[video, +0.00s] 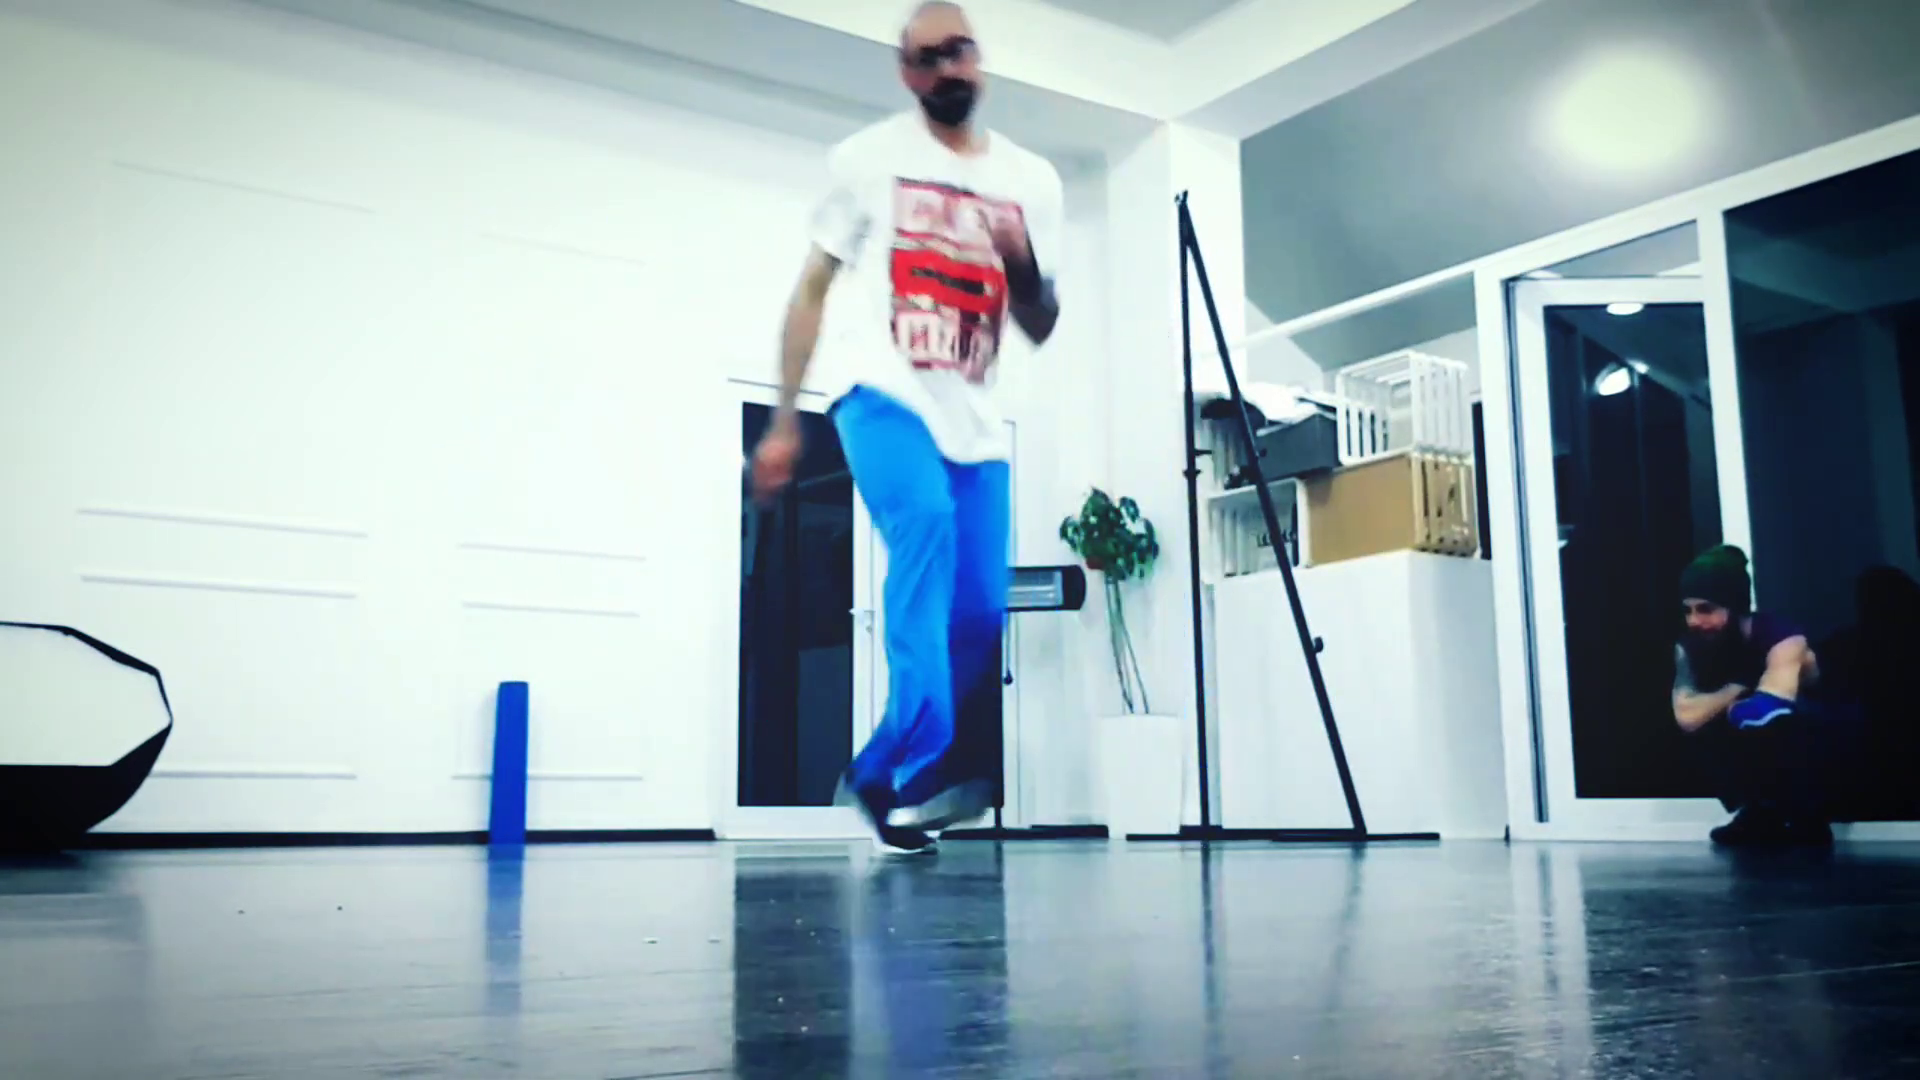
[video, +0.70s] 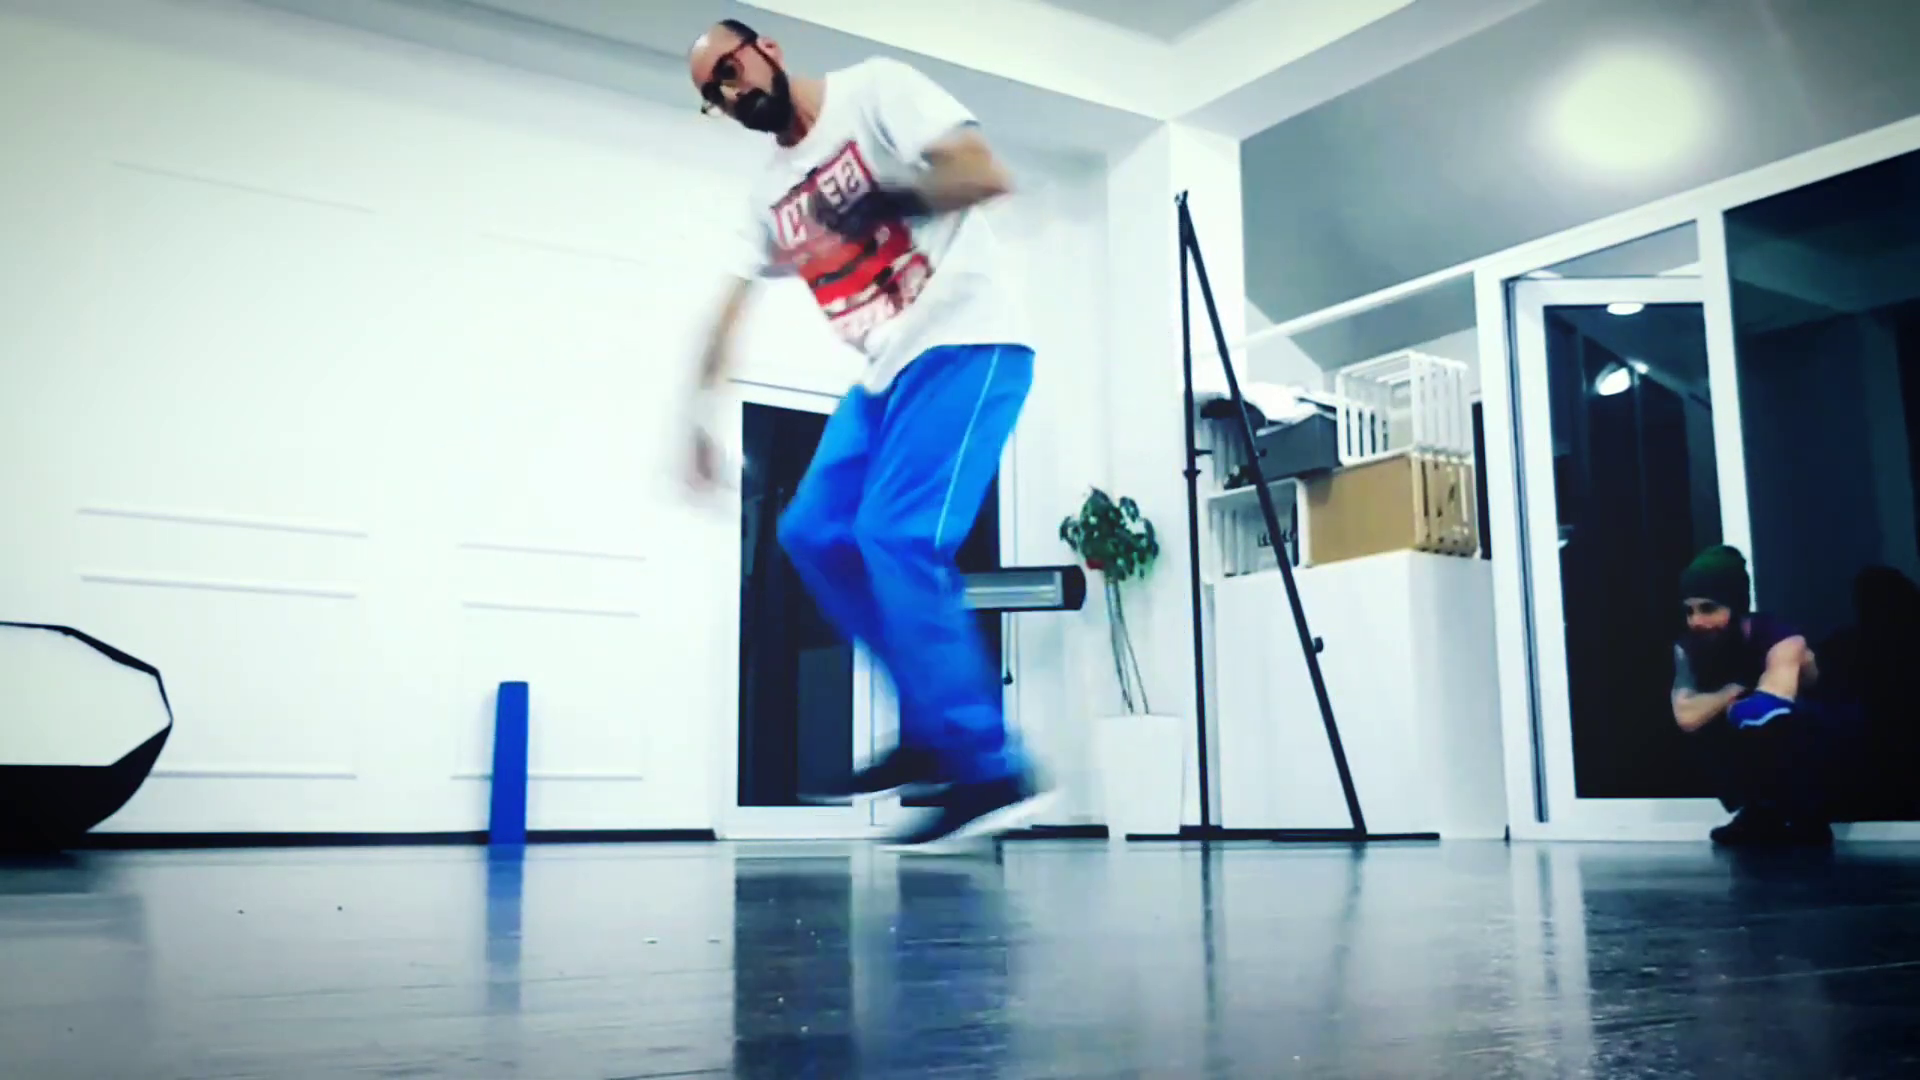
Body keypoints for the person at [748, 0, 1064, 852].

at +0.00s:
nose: (948, 68)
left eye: (958, 51)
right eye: (928, 58)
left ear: (982, 57)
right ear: (905, 72)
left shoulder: (1029, 177)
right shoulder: (868, 159)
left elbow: (1039, 326)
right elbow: (811, 289)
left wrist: (1020, 260)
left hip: (978, 408)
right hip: (883, 391)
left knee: (984, 604)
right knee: (927, 524)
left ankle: (879, 772)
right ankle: (920, 775)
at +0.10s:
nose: (893, 60)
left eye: (901, 39)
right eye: (871, 51)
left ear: (926, 41)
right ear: (850, 68)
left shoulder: (999, 151)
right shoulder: (828, 163)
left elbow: (1057, 288)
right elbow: (776, 295)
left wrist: (1008, 224)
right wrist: (730, 419)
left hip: (979, 398)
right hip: (878, 392)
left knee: (1041, 567)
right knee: (938, 556)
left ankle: (960, 766)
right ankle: (880, 781)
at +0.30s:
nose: (784, 63)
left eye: (788, 38)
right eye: (763, 59)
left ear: (823, 24)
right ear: (757, 73)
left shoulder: (937, 119)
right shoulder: (768, 171)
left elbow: (1031, 230)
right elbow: (728, 273)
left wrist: (1105, 338)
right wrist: (699, 316)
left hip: (970, 372)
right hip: (868, 398)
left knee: (959, 540)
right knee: (891, 557)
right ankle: (943, 773)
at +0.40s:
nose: (753, 82)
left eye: (756, 59)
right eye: (736, 80)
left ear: (795, 43)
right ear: (732, 96)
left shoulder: (921, 137)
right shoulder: (762, 176)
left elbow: (1012, 254)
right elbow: (708, 287)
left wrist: (1097, 364)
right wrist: (719, 167)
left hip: (946, 379)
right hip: (862, 411)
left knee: (852, 545)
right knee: (899, 609)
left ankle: (884, 798)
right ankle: (1094, 716)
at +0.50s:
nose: (735, 108)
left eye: (741, 85)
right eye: (720, 105)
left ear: (782, 75)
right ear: (720, 123)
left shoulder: (903, 162)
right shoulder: (759, 212)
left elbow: (1003, 278)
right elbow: (668, 271)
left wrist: (1094, 381)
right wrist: (672, 156)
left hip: (932, 393)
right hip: (885, 416)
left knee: (806, 563)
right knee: (901, 651)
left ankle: (880, 801)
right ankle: (1102, 637)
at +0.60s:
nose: (724, 104)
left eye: (726, 80)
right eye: (707, 103)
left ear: (767, 60)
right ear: (711, 120)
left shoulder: (886, 124)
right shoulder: (745, 199)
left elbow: (1011, 214)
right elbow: (654, 271)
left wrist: (1029, 338)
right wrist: (606, 270)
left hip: (949, 357)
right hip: (875, 401)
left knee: (856, 556)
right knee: (867, 588)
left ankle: (888, 800)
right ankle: (1073, 624)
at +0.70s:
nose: (729, 93)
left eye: (730, 69)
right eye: (713, 95)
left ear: (768, 48)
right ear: (718, 110)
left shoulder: (877, 88)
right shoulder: (765, 192)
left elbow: (986, 174)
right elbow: (734, 305)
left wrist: (889, 192)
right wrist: (701, 417)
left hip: (972, 336)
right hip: (887, 370)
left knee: (895, 532)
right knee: (815, 531)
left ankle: (987, 767)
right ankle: (940, 727)